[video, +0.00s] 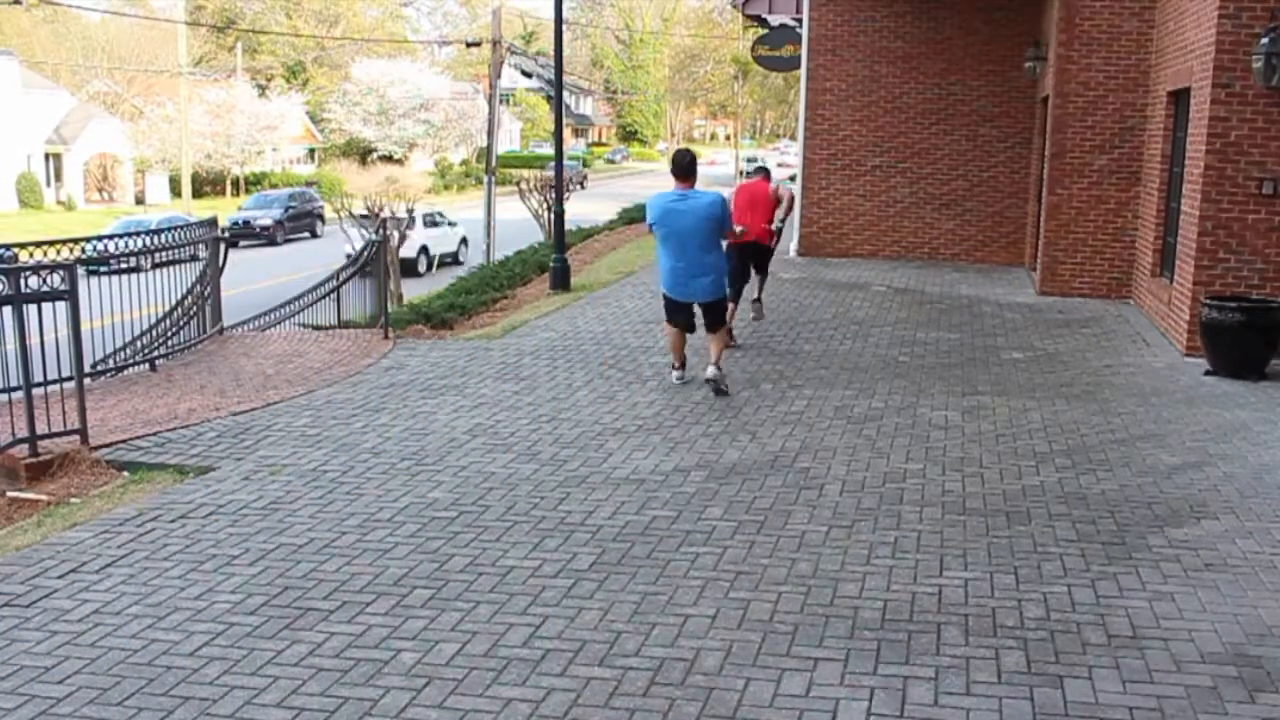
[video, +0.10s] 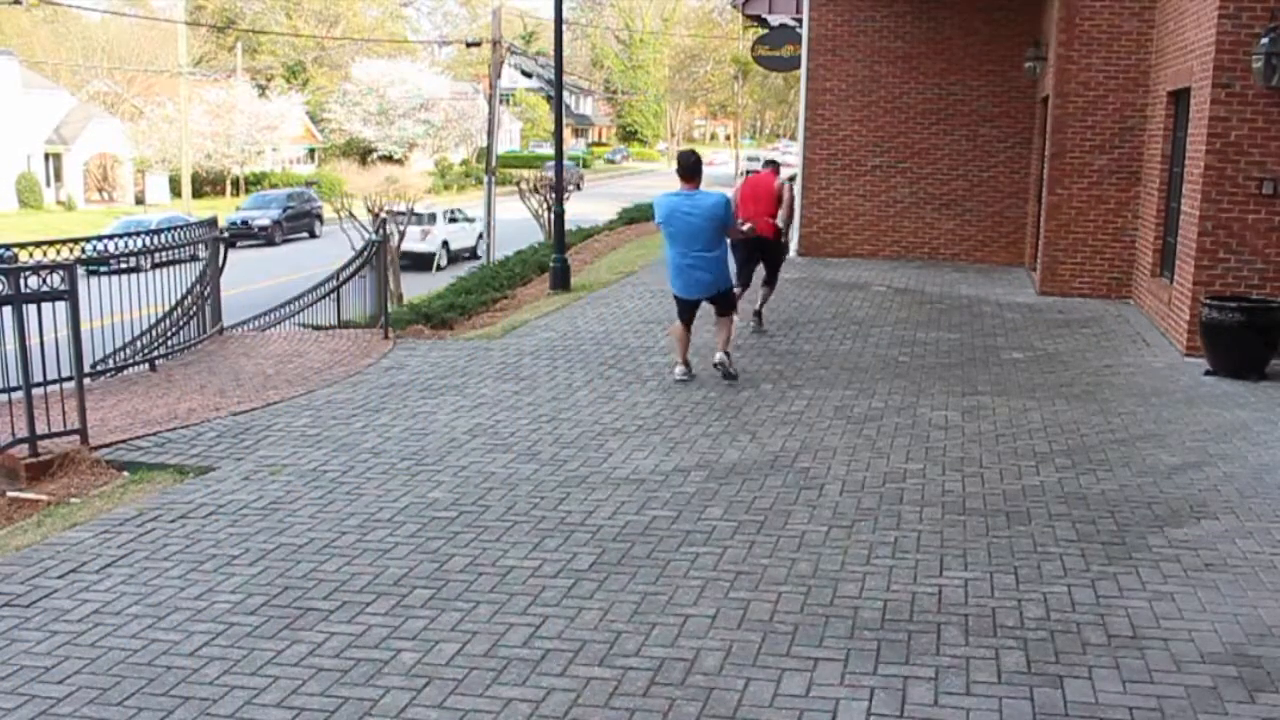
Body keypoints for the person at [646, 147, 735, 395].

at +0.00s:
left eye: (677, 170)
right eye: (692, 169)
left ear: (672, 173)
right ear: (696, 171)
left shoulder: (656, 204)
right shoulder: (715, 201)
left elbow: (653, 229)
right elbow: (726, 232)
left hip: (675, 282)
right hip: (710, 281)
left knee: (675, 324)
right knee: (716, 327)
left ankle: (678, 367)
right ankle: (714, 366)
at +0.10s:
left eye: (680, 171)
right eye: (696, 170)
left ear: (677, 173)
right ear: (701, 172)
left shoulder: (662, 203)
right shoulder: (719, 201)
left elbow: (664, 229)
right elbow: (731, 233)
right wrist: (745, 231)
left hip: (683, 280)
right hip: (716, 277)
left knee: (683, 322)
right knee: (725, 312)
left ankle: (682, 363)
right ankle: (722, 352)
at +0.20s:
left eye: (695, 168)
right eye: (710, 167)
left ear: (690, 170)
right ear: (713, 169)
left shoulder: (675, 197)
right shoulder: (727, 200)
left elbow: (667, 219)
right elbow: (738, 233)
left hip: (687, 274)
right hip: (719, 275)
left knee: (688, 316)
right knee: (731, 315)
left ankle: (683, 359)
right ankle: (733, 353)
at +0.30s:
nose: (720, 170)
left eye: (709, 167)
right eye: (723, 166)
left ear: (704, 169)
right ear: (726, 168)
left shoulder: (688, 193)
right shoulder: (739, 198)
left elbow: (676, 215)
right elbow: (745, 230)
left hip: (697, 268)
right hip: (728, 271)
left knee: (696, 300)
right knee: (733, 311)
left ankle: (686, 334)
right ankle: (737, 349)